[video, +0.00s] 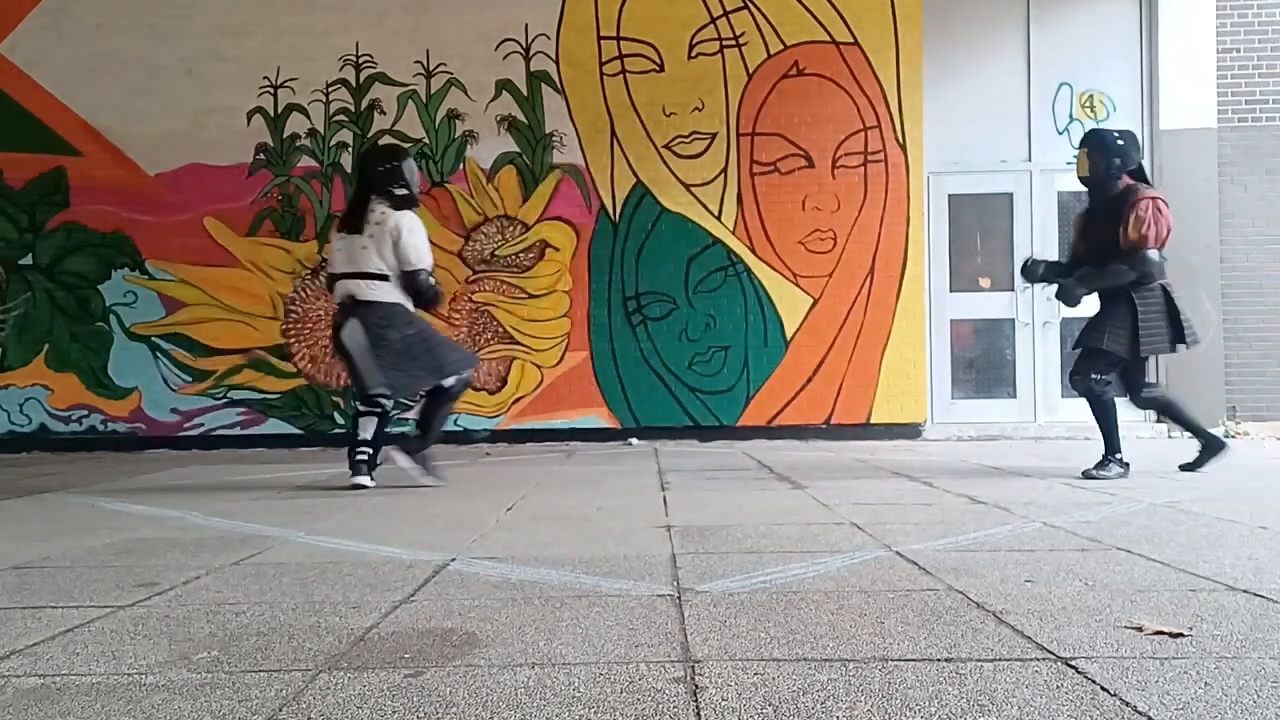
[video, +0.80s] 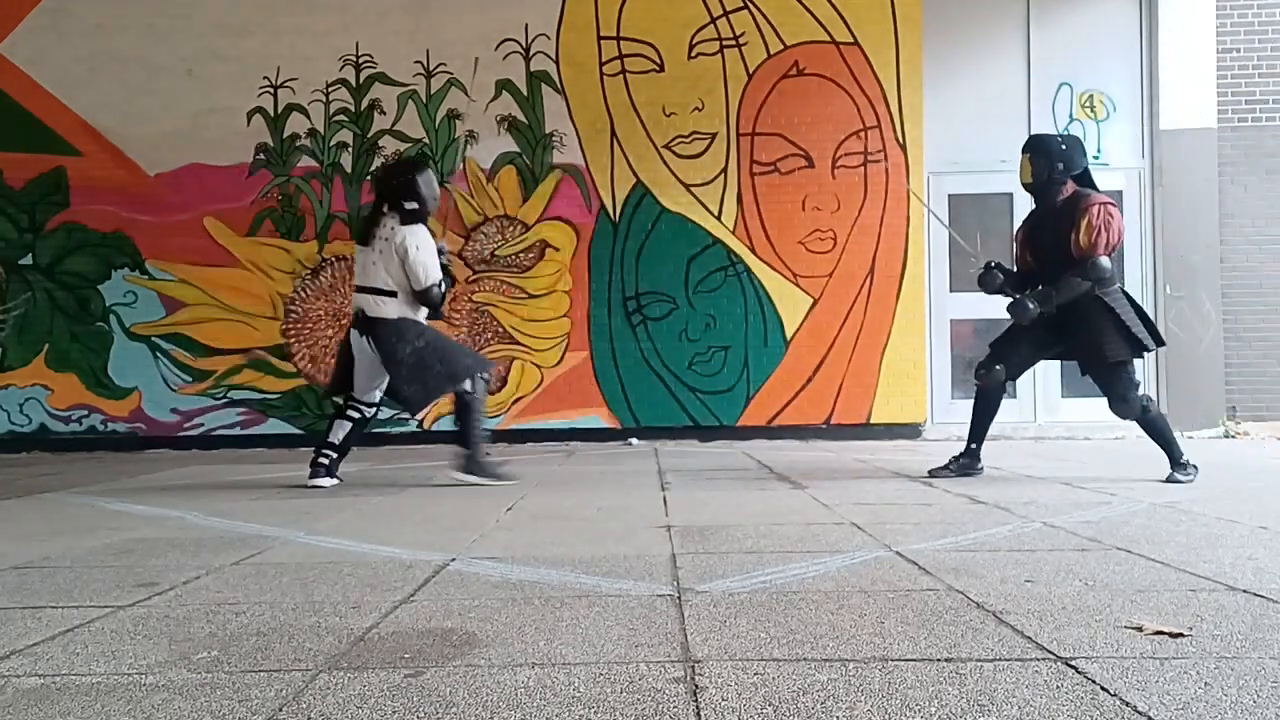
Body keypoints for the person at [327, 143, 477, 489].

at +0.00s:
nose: (416, 179)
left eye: (412, 170)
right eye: (409, 171)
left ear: (365, 178)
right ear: (395, 178)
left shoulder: (344, 220)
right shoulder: (402, 219)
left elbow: (333, 281)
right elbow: (418, 284)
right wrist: (434, 295)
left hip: (346, 318)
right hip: (388, 317)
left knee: (375, 391)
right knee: (458, 370)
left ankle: (361, 467)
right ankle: (417, 447)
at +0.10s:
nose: (431, 184)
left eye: (428, 176)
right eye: (425, 177)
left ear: (383, 184)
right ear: (414, 182)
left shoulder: (365, 223)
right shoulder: (423, 224)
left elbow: (359, 286)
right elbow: (436, 288)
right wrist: (457, 324)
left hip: (372, 327)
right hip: (411, 325)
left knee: (392, 400)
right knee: (478, 365)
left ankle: (364, 468)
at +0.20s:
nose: (452, 190)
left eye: (448, 182)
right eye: (445, 183)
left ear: (409, 191)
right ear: (436, 189)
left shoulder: (393, 232)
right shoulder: (444, 232)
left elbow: (390, 291)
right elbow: (455, 295)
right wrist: (483, 332)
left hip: (400, 332)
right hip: (438, 333)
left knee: (406, 404)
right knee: (505, 381)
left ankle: (366, 466)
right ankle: (537, 460)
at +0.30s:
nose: (478, 198)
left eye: (475, 191)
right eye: (473, 191)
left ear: (435, 199)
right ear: (462, 200)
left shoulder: (423, 235)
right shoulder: (463, 241)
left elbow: (423, 294)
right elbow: (470, 305)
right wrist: (507, 332)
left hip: (422, 333)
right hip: (457, 336)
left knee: (417, 412)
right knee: (533, 373)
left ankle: (371, 457)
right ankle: (544, 461)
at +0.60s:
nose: (480, 206)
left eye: (477, 198)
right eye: (474, 199)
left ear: (437, 206)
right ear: (457, 207)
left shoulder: (425, 241)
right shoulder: (451, 248)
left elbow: (426, 303)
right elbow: (459, 308)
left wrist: (473, 326)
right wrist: (492, 297)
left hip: (408, 341)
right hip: (439, 346)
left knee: (389, 415)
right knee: (515, 381)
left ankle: (332, 468)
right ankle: (543, 462)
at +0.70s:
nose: (453, 205)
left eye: (450, 198)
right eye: (448, 199)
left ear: (410, 201)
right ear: (434, 204)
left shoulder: (394, 234)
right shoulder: (428, 241)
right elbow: (437, 301)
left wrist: (454, 282)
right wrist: (457, 310)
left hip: (381, 337)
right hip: (417, 342)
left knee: (371, 409)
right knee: (481, 392)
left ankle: (323, 468)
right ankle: (527, 457)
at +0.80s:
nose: (434, 193)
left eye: (432, 185)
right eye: (429, 186)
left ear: (387, 192)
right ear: (416, 193)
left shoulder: (370, 223)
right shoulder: (413, 232)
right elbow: (432, 296)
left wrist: (430, 254)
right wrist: (444, 270)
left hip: (363, 327)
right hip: (400, 331)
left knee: (363, 403)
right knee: (470, 373)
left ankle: (322, 467)